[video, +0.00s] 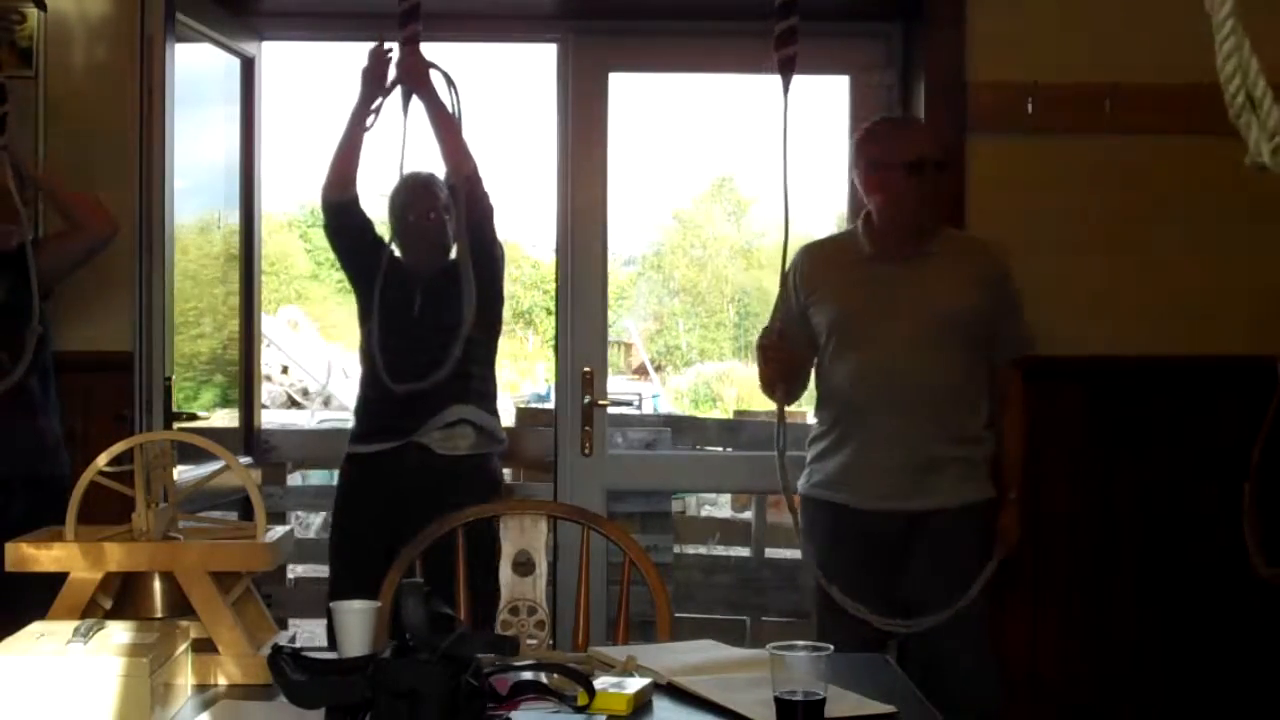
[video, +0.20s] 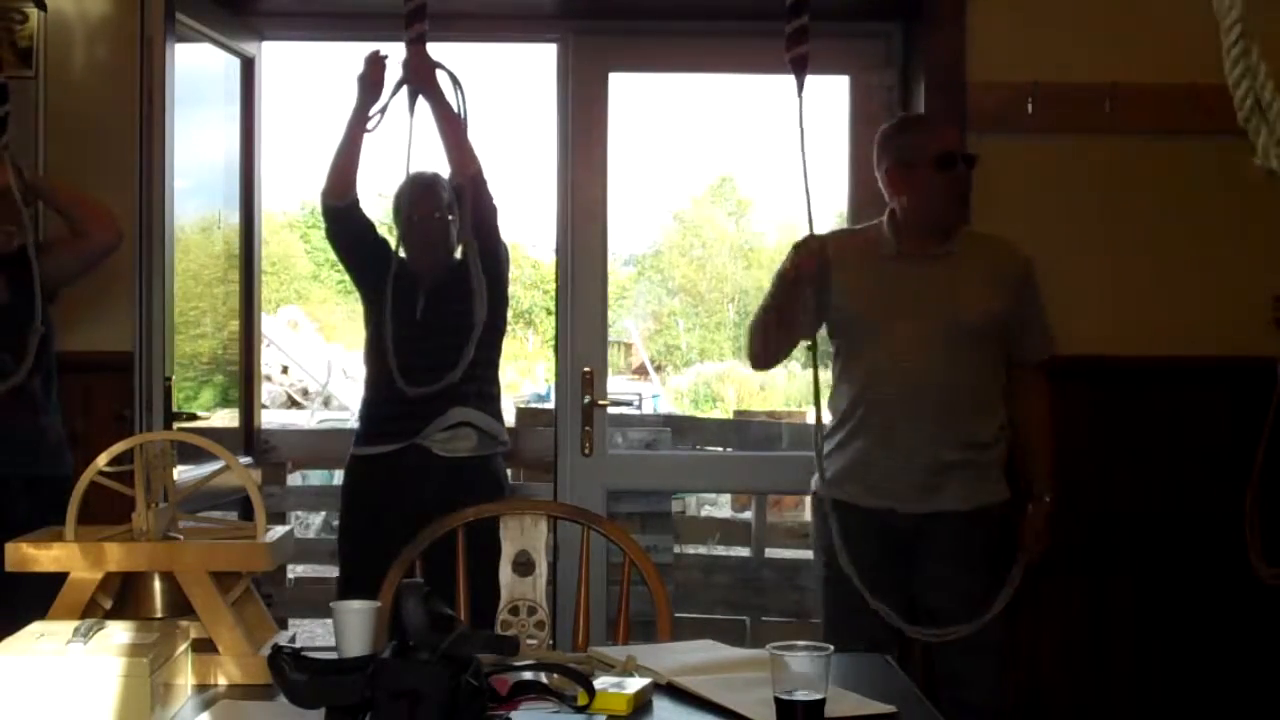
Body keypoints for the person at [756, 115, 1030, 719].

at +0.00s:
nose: (917, 180)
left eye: (924, 167)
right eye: (897, 168)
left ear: (936, 176)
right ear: (860, 179)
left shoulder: (979, 265)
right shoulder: (816, 264)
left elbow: (1010, 388)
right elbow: (784, 390)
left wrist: (1012, 499)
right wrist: (773, 361)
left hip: (954, 507)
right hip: (844, 506)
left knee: (954, 678)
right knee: (852, 676)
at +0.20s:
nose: (966, 176)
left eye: (966, 164)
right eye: (949, 165)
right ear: (894, 179)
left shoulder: (1000, 265)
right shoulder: (834, 259)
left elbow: (1031, 388)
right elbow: (763, 353)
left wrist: (1040, 496)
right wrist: (789, 280)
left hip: (970, 508)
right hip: (859, 506)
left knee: (969, 685)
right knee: (862, 681)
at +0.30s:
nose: (971, 172)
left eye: (971, 160)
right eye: (951, 160)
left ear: (977, 170)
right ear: (899, 178)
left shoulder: (1009, 262)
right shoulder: (851, 251)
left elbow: (1038, 384)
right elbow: (751, 301)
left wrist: (1053, 488)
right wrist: (797, 208)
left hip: (977, 509)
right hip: (868, 508)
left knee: (973, 686)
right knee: (864, 683)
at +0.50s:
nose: (960, 170)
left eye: (968, 158)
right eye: (942, 157)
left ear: (981, 169)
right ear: (903, 173)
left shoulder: (1016, 264)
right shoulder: (867, 245)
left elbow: (1046, 388)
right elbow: (757, 200)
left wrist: (1036, 494)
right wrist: (808, 90)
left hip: (977, 502)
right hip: (868, 502)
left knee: (977, 678)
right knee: (871, 675)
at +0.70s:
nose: (939, 167)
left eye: (953, 154)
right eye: (922, 153)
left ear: (969, 169)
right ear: (892, 170)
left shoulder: (1006, 261)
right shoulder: (857, 241)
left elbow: (1035, 388)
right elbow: (781, 159)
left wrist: (1005, 470)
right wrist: (812, 50)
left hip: (969, 505)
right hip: (861, 499)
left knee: (971, 675)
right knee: (866, 673)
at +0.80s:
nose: (929, 165)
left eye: (944, 154)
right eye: (912, 153)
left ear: (963, 169)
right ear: (884, 172)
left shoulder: (994, 259)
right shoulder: (851, 239)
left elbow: (1025, 365)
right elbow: (780, 163)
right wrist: (812, 56)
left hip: (957, 490)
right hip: (855, 486)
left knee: (961, 667)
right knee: (862, 665)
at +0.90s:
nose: (919, 170)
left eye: (934, 155)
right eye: (900, 156)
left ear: (956, 166)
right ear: (873, 176)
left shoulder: (980, 242)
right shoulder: (847, 233)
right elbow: (783, 165)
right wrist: (801, 70)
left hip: (947, 476)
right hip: (847, 470)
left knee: (952, 652)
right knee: (853, 651)